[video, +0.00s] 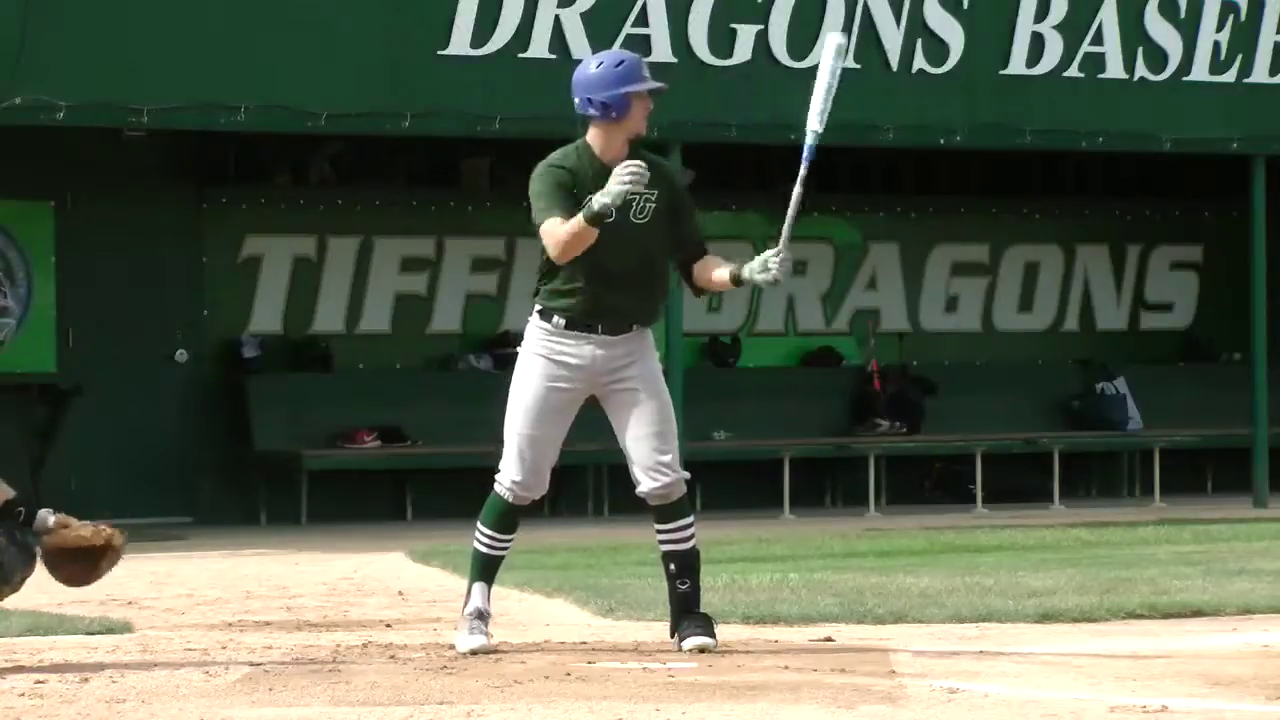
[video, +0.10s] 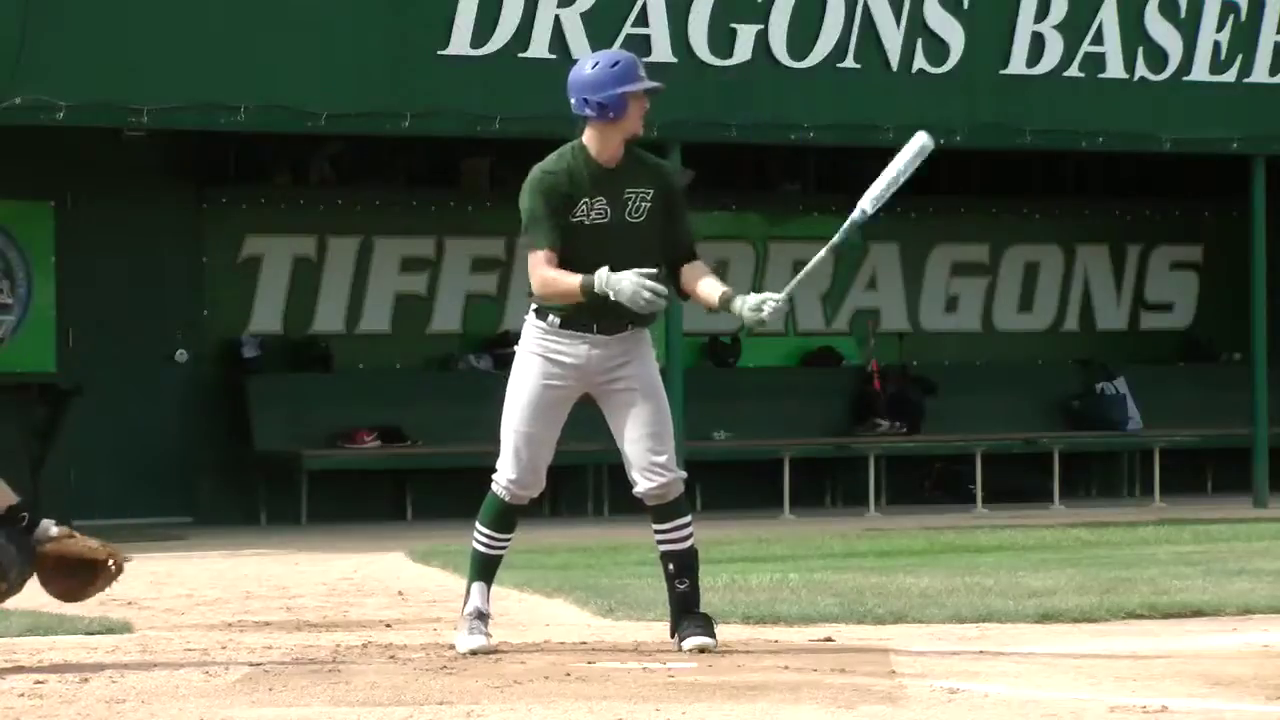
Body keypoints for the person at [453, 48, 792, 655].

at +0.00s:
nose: (650, 105)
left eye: (648, 96)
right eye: (641, 96)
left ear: (620, 106)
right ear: (609, 105)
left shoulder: (661, 178)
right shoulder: (556, 173)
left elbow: (699, 267)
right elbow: (558, 245)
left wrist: (744, 270)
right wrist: (605, 201)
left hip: (632, 348)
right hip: (556, 345)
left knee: (665, 480)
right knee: (520, 481)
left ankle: (688, 619)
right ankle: (476, 608)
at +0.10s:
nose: (647, 104)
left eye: (645, 96)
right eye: (638, 97)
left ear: (615, 107)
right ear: (606, 106)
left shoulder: (660, 179)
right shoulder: (549, 180)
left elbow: (686, 267)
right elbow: (541, 279)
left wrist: (735, 301)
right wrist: (602, 282)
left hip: (630, 349)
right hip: (551, 346)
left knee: (661, 478)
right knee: (517, 478)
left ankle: (688, 618)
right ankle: (475, 607)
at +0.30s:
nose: (637, 109)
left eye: (635, 100)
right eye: (626, 102)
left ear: (618, 107)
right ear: (593, 110)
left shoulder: (658, 181)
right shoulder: (535, 185)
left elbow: (673, 270)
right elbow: (512, 283)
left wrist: (683, 344)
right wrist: (553, 339)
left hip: (631, 347)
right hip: (548, 344)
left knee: (661, 480)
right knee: (514, 478)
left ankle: (687, 617)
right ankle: (475, 609)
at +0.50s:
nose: (634, 111)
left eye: (632, 101)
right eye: (623, 103)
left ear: (616, 108)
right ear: (590, 111)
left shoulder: (652, 179)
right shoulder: (532, 184)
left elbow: (651, 273)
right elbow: (507, 280)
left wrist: (617, 347)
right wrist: (538, 343)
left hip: (631, 343)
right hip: (551, 343)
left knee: (662, 481)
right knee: (516, 480)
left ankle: (688, 616)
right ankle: (476, 610)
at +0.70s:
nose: (627, 111)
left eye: (626, 102)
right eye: (617, 103)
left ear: (607, 110)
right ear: (583, 111)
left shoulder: (642, 174)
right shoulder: (525, 181)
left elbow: (640, 258)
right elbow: (507, 262)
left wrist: (574, 301)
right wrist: (508, 294)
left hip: (629, 348)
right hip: (549, 349)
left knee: (661, 479)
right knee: (516, 477)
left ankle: (688, 616)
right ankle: (476, 608)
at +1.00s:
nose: (592, 113)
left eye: (590, 104)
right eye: (582, 106)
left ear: (567, 112)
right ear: (547, 112)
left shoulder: (603, 170)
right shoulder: (489, 176)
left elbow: (593, 251)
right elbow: (434, 267)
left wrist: (513, 243)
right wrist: (451, 233)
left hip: (597, 346)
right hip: (519, 349)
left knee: (638, 477)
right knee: (498, 479)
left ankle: (688, 613)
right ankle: (473, 610)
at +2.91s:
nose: (623, 126)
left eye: (621, 117)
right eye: (614, 119)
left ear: (593, 122)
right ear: (582, 124)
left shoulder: (628, 179)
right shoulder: (521, 172)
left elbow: (616, 241)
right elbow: (432, 224)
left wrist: (550, 209)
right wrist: (488, 190)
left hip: (610, 358)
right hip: (533, 355)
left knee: (639, 495)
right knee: (525, 484)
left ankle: (687, 611)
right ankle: (477, 610)